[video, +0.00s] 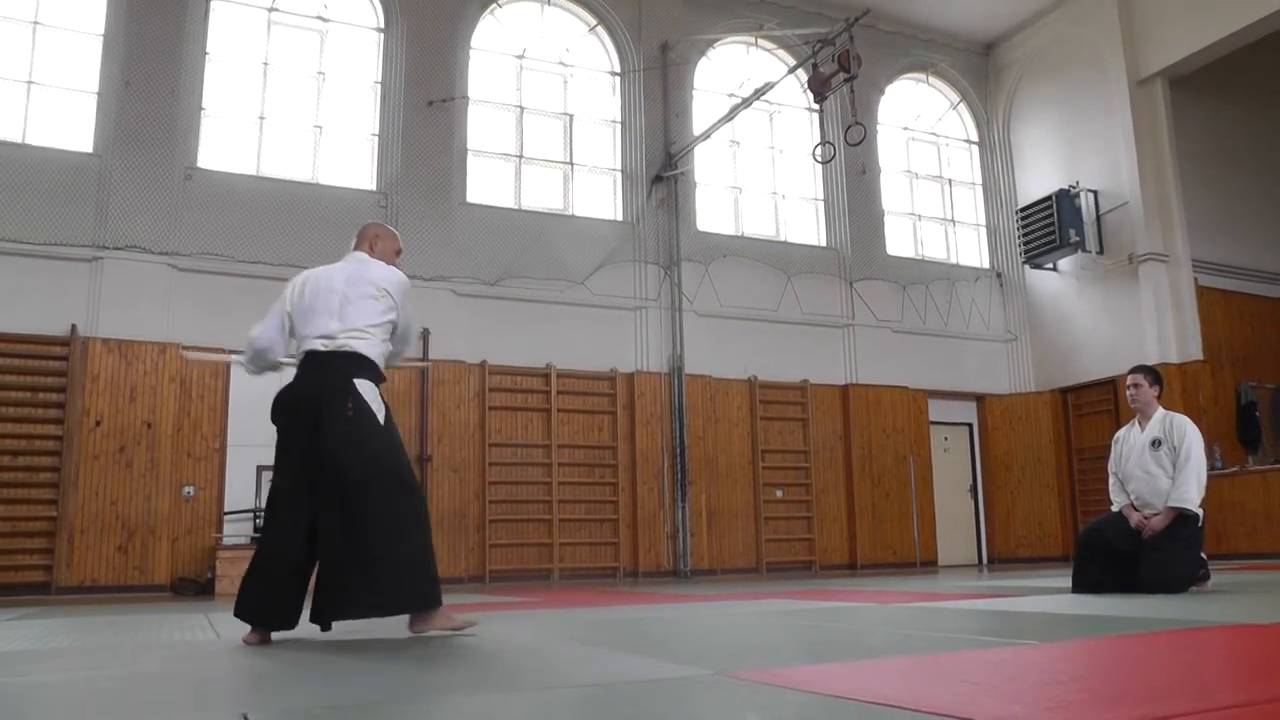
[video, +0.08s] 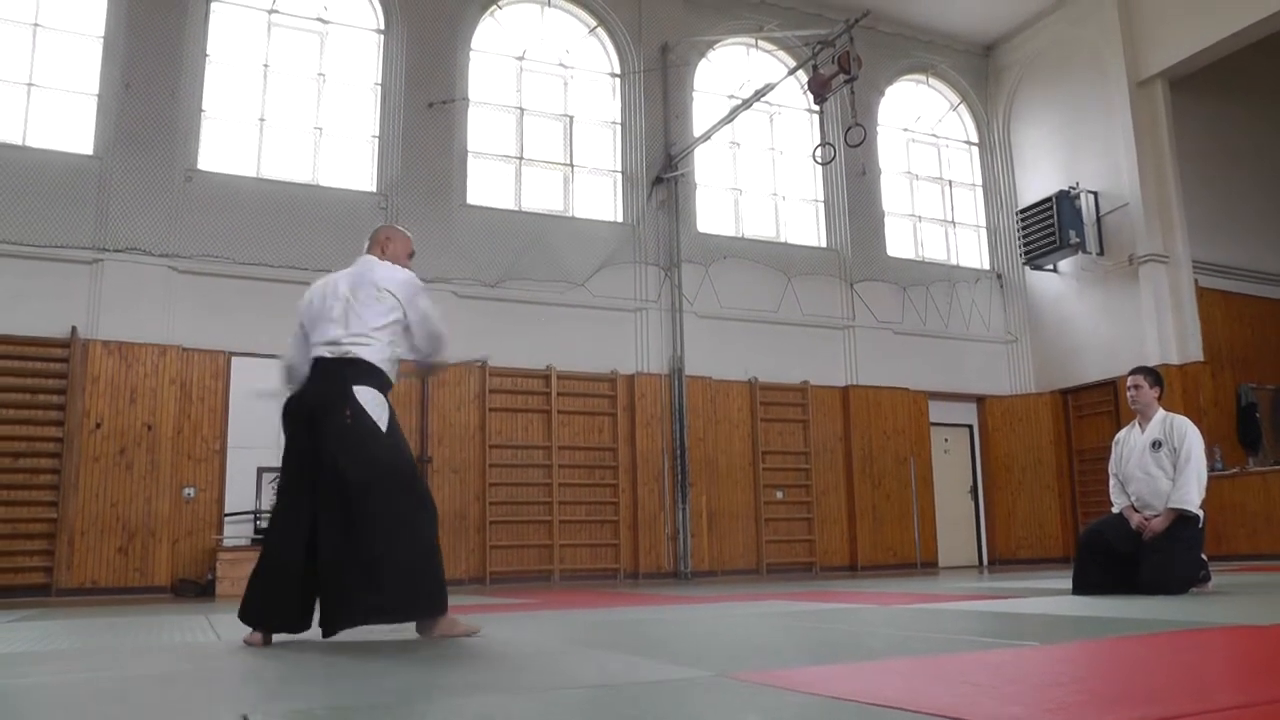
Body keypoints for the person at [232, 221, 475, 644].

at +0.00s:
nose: (398, 262)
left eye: (400, 255)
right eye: (396, 253)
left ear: (361, 244)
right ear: (371, 243)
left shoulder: (305, 279)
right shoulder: (393, 279)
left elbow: (263, 343)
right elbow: (401, 344)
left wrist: (264, 361)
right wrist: (370, 359)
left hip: (302, 393)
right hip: (354, 394)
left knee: (292, 505)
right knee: (403, 497)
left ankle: (261, 624)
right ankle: (426, 610)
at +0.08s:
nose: (410, 264)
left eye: (411, 257)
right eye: (408, 255)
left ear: (374, 246)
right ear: (383, 245)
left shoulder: (319, 287)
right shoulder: (400, 279)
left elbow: (295, 365)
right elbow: (432, 343)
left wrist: (306, 399)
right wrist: (421, 364)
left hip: (308, 400)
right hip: (360, 399)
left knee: (296, 508)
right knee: (412, 505)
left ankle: (261, 624)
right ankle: (432, 615)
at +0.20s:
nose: (437, 263)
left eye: (438, 258)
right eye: (434, 255)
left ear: (400, 250)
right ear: (408, 246)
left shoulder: (360, 292)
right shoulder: (411, 278)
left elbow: (354, 353)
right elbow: (470, 306)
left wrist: (405, 388)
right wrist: (523, 329)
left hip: (341, 402)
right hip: (381, 405)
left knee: (312, 509)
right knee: (429, 510)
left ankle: (274, 612)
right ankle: (435, 619)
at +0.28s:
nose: (455, 264)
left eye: (455, 258)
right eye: (450, 255)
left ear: (423, 252)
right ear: (423, 251)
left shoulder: (404, 298)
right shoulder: (409, 276)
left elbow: (408, 376)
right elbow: (473, 285)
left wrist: (466, 397)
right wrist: (533, 291)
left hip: (378, 400)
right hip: (395, 400)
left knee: (352, 508)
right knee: (437, 510)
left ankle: (301, 598)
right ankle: (437, 622)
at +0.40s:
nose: (481, 262)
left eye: (482, 256)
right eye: (476, 253)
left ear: (466, 260)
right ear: (449, 251)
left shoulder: (453, 315)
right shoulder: (429, 290)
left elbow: (460, 371)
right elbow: (427, 278)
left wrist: (509, 373)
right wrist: (432, 253)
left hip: (429, 416)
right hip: (407, 410)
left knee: (440, 517)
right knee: (441, 516)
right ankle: (437, 624)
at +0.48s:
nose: (492, 257)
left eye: (493, 250)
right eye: (485, 247)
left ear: (469, 251)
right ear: (456, 246)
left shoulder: (476, 318)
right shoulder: (437, 276)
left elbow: (507, 354)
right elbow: (410, 262)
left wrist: (537, 331)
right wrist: (381, 243)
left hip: (449, 416)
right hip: (417, 408)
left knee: (462, 509)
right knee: (439, 509)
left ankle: (444, 618)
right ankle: (442, 619)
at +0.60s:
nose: (490, 246)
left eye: (495, 240)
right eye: (481, 236)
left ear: (498, 249)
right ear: (455, 242)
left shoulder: (503, 301)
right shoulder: (426, 275)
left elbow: (550, 294)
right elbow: (386, 259)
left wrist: (528, 255)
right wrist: (369, 206)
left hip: (473, 416)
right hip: (427, 412)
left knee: (505, 506)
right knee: (434, 514)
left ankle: (537, 604)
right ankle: (438, 624)